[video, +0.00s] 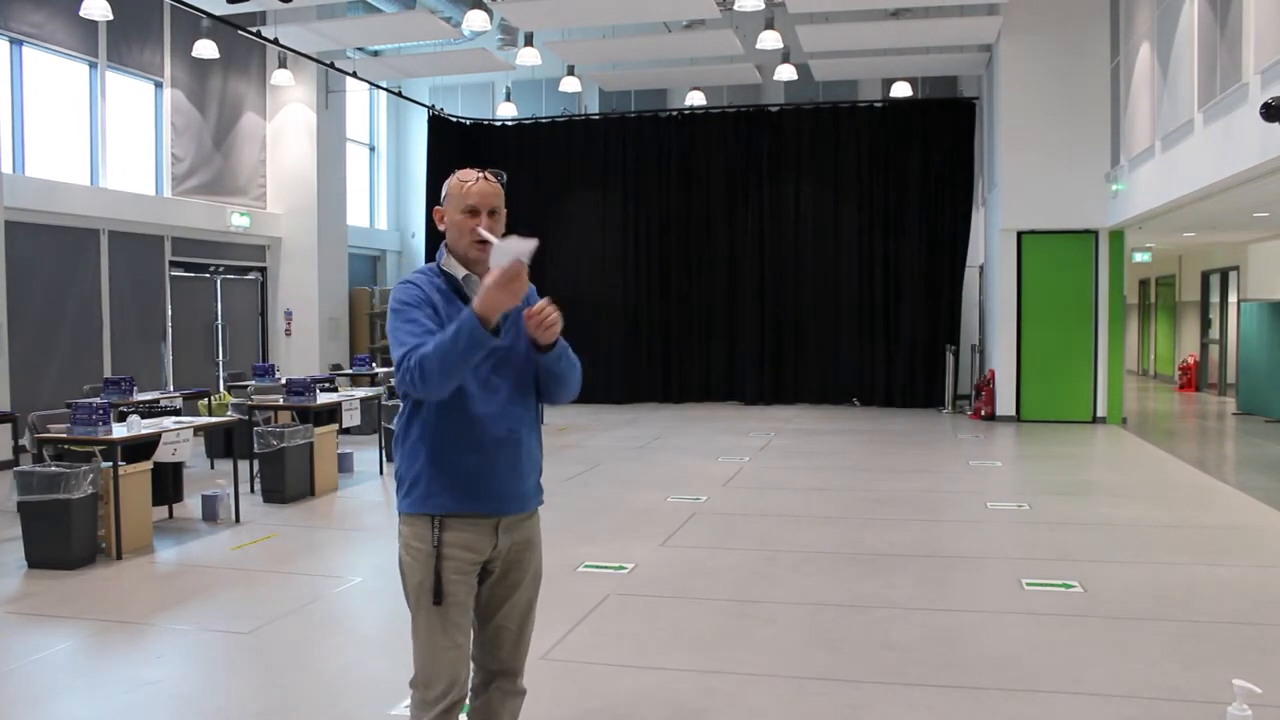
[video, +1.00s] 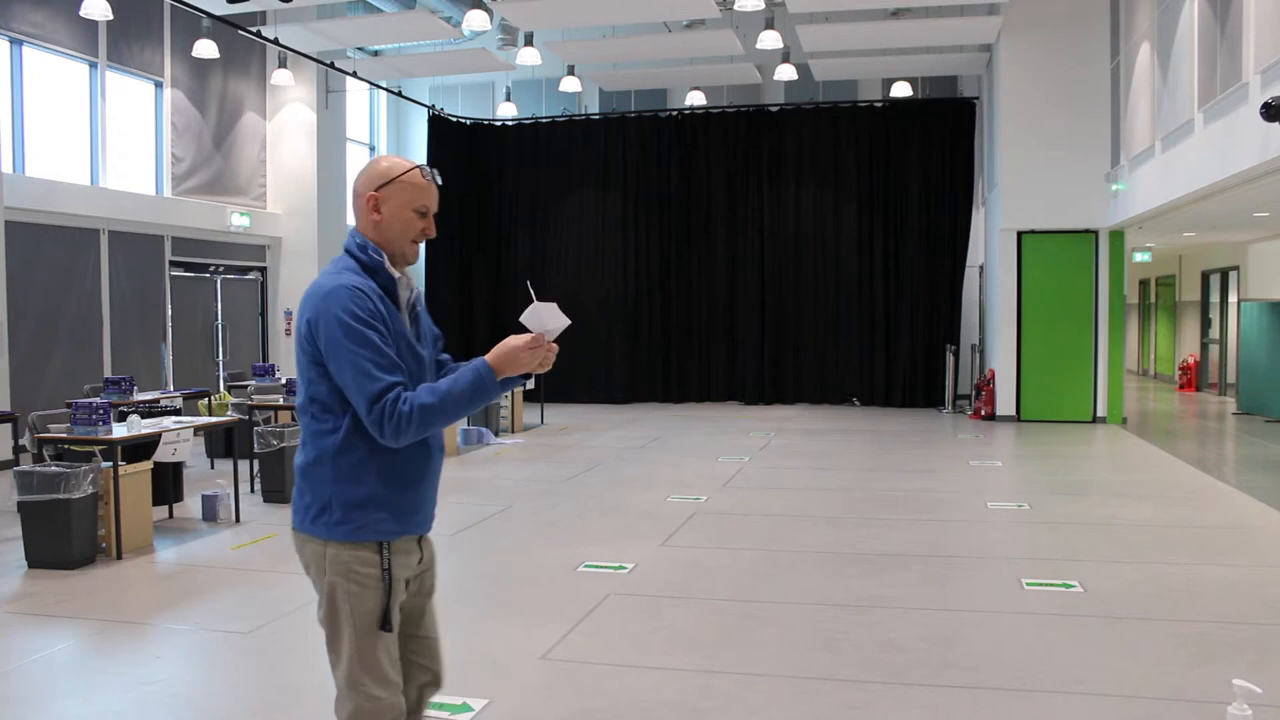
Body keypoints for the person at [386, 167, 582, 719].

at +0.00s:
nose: (484, 226)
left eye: (495, 215)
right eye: (471, 214)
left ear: (505, 222)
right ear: (441, 220)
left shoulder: (519, 290)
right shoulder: (415, 293)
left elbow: (563, 389)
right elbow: (419, 378)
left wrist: (550, 344)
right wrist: (485, 313)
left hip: (517, 514)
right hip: (440, 517)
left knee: (504, 681)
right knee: (442, 686)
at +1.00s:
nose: (430, 230)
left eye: (433, 217)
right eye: (420, 214)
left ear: (380, 211)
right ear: (373, 207)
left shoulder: (400, 290)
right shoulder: (340, 297)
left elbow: (439, 374)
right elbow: (393, 417)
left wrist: (509, 365)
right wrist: (492, 368)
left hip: (404, 526)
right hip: (352, 533)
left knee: (416, 685)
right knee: (373, 700)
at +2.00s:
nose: (338, 226)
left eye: (337, 211)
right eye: (334, 211)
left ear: (276, 211)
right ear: (311, 209)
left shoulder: (231, 286)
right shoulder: (313, 295)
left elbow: (283, 392)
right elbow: (369, 410)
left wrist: (376, 364)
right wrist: (403, 357)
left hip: (233, 522)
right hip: (303, 533)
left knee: (267, 693)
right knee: (341, 694)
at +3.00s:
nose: (311, 211)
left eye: (311, 200)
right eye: (309, 202)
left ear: (241, 213)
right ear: (293, 208)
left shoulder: (195, 294)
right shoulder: (313, 290)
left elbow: (234, 374)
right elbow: (409, 293)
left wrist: (322, 352)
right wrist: (428, 223)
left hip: (223, 529)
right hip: (307, 529)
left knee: (253, 691)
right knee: (344, 688)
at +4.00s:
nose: (386, 233)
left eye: (382, 222)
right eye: (382, 222)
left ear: (330, 234)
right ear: (367, 233)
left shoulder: (321, 301)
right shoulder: (340, 300)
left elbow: (387, 357)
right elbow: (436, 238)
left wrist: (449, 308)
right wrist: (393, 144)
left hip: (378, 510)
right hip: (373, 518)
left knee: (426, 645)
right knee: (395, 682)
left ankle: (432, 715)